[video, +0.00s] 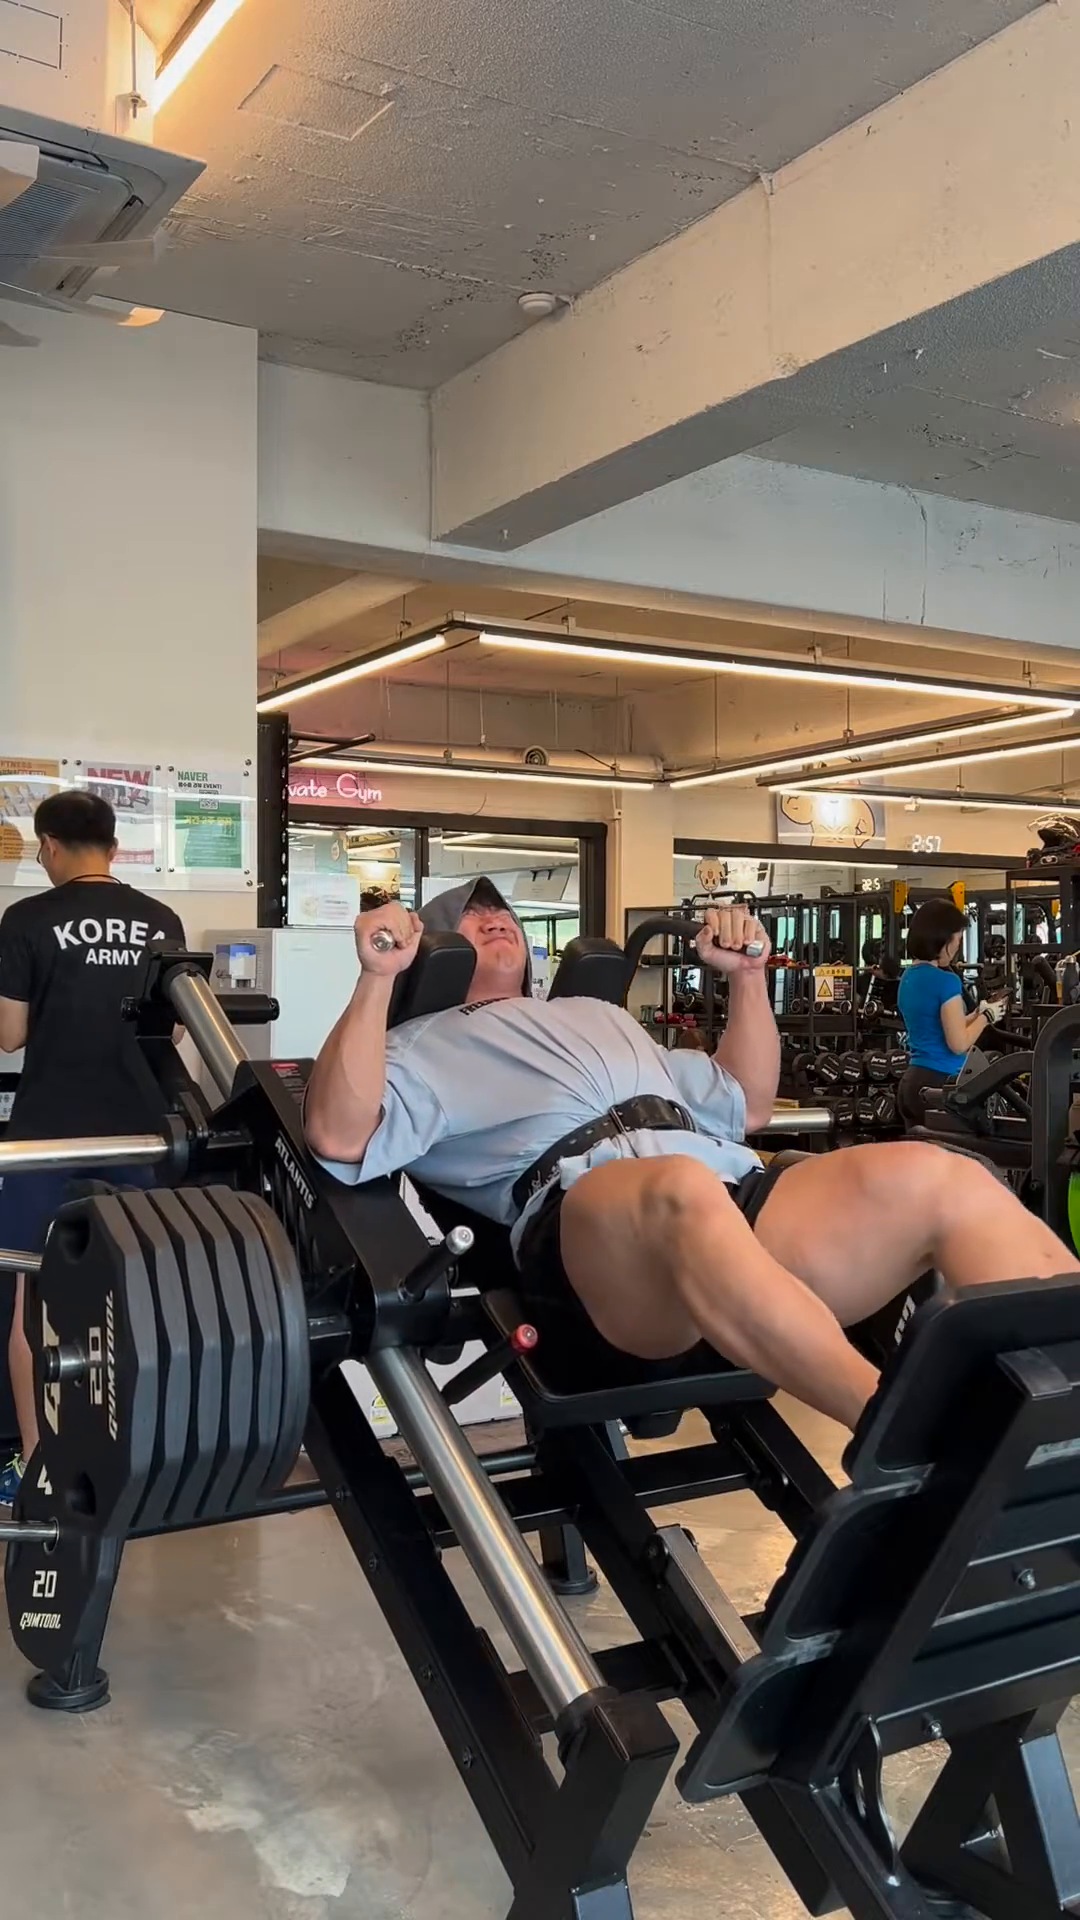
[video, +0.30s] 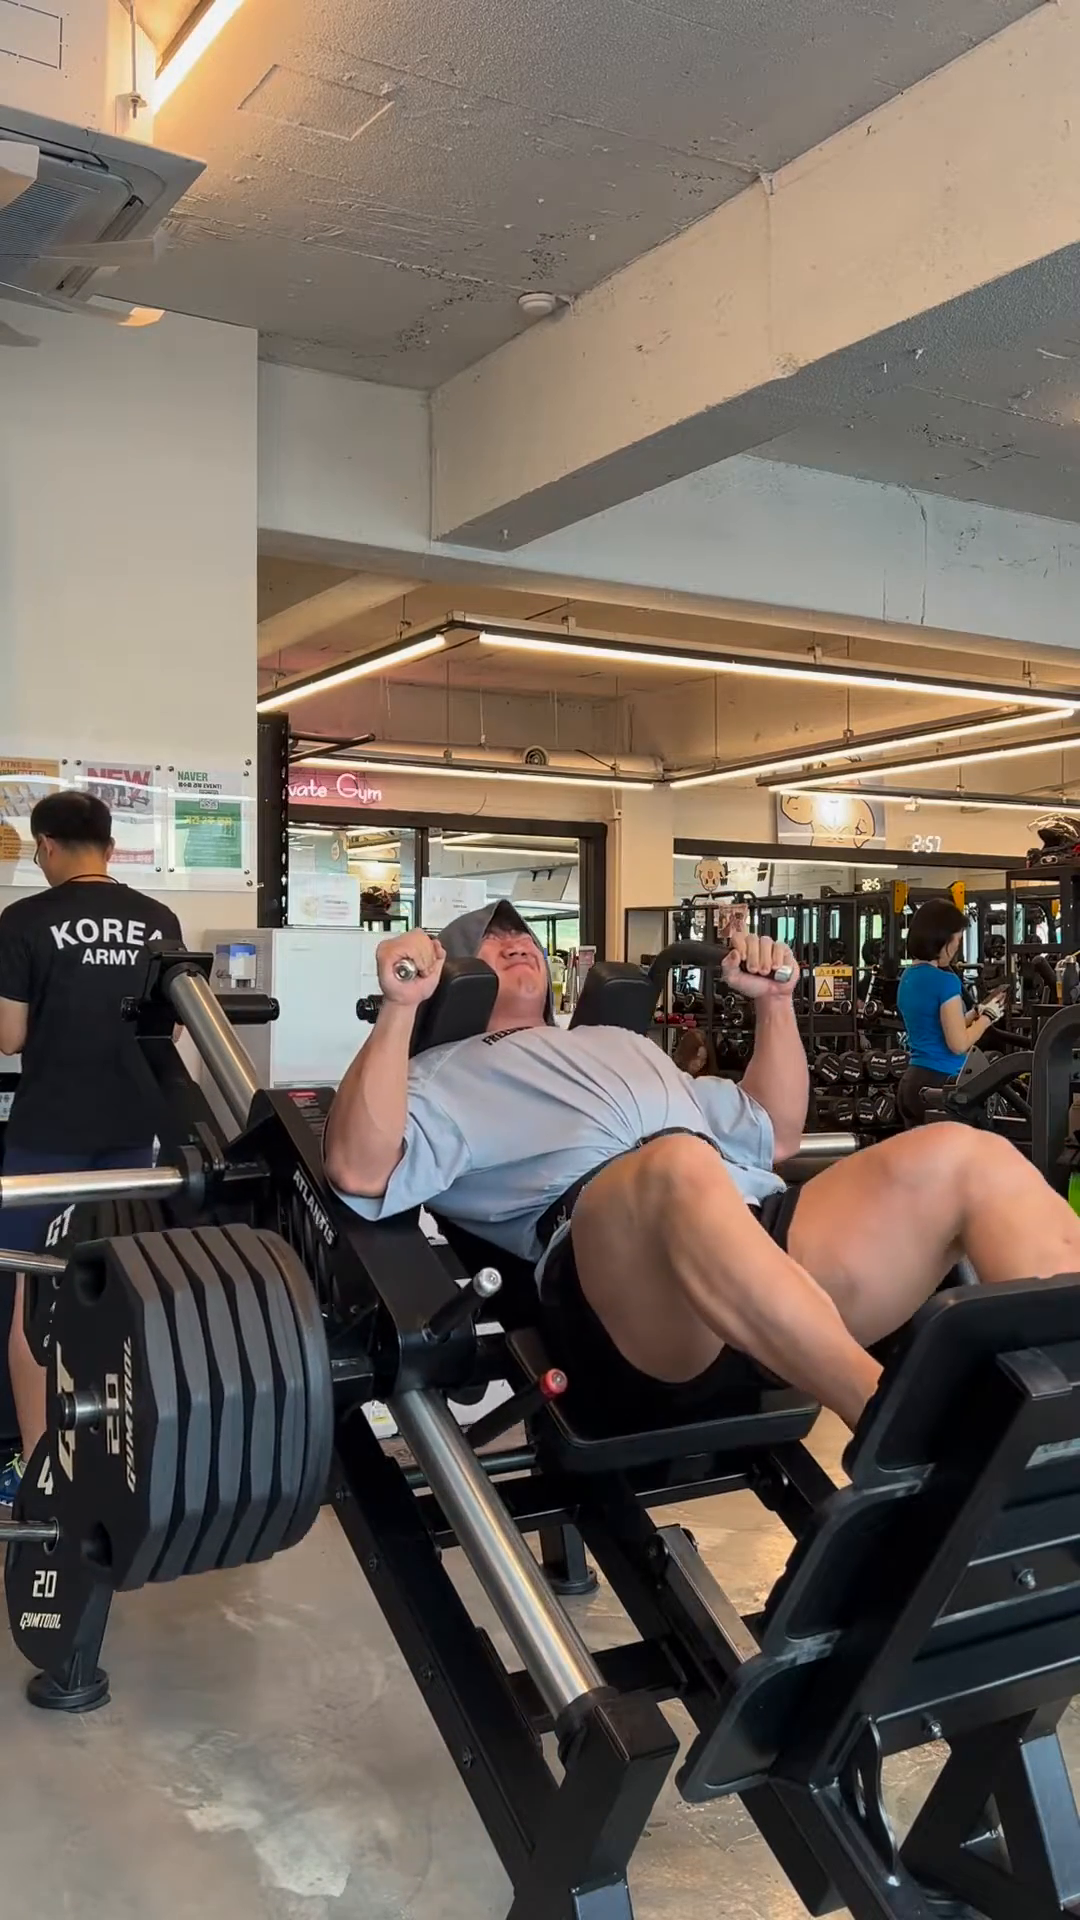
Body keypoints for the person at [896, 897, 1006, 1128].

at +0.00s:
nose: (959, 943)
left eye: (960, 937)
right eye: (958, 937)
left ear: (922, 935)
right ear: (946, 940)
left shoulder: (908, 978)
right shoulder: (946, 981)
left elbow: (934, 1032)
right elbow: (959, 1043)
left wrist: (977, 1012)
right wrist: (987, 1016)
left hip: (914, 1077)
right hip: (943, 1084)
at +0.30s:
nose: (959, 944)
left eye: (960, 938)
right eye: (958, 938)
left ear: (922, 935)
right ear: (946, 940)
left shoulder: (907, 978)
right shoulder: (945, 981)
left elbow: (930, 1034)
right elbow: (959, 1044)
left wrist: (975, 1013)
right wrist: (988, 1017)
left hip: (913, 1078)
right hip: (943, 1084)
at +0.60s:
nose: (957, 947)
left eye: (958, 941)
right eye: (957, 940)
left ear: (922, 935)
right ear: (944, 941)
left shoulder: (907, 978)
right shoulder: (946, 982)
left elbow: (928, 1034)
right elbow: (958, 1044)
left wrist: (974, 1015)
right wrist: (987, 1015)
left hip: (913, 1079)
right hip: (945, 1084)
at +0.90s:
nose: (957, 947)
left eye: (958, 940)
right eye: (956, 940)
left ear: (921, 935)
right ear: (943, 941)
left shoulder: (906, 978)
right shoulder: (945, 982)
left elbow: (925, 1034)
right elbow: (960, 1044)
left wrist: (970, 1013)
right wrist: (984, 1012)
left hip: (913, 1078)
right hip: (943, 1083)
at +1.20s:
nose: (957, 947)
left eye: (958, 940)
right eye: (956, 940)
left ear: (921, 936)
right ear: (943, 942)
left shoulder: (907, 978)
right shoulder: (945, 982)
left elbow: (927, 1033)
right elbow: (961, 1043)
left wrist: (971, 1011)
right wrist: (984, 1012)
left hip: (915, 1075)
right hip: (946, 1080)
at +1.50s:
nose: (958, 946)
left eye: (959, 939)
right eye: (957, 939)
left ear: (922, 936)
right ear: (944, 941)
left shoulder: (908, 977)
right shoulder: (946, 982)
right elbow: (963, 1043)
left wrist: (974, 1013)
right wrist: (987, 1011)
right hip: (947, 1080)